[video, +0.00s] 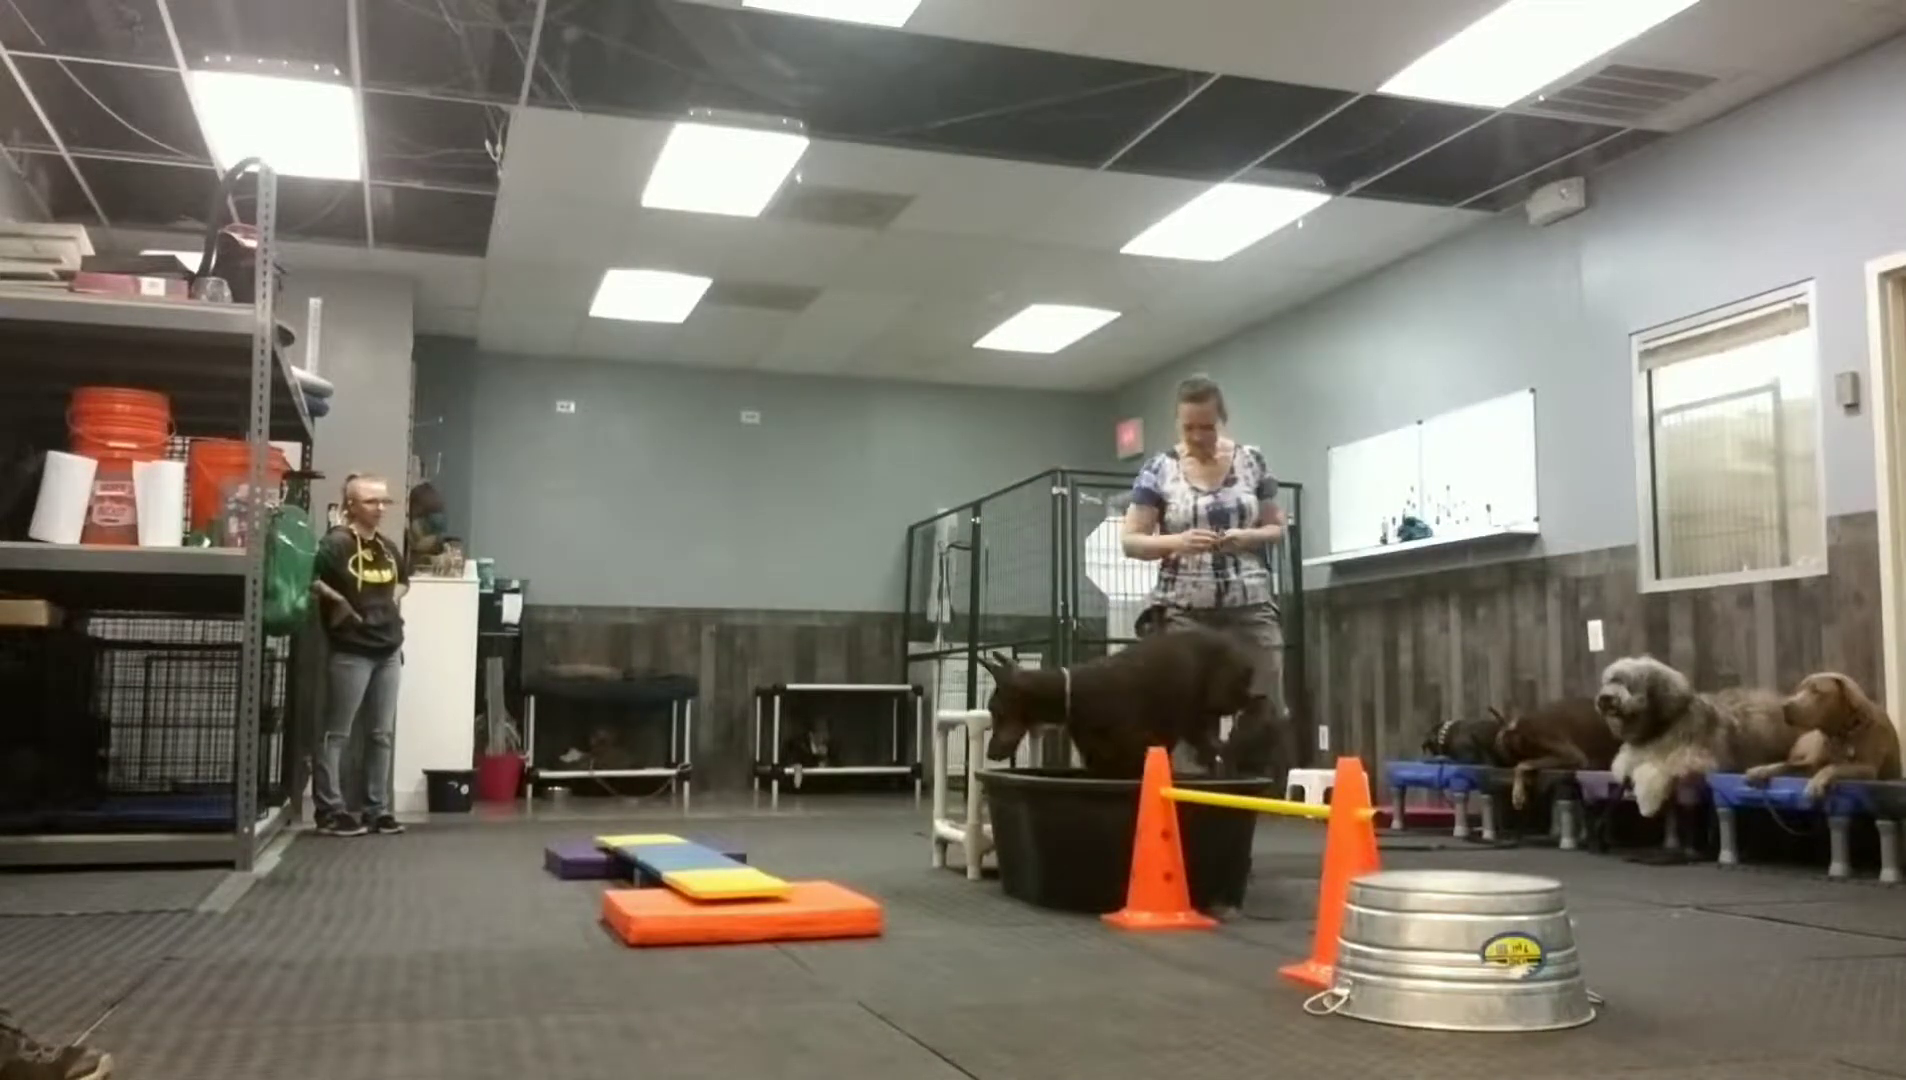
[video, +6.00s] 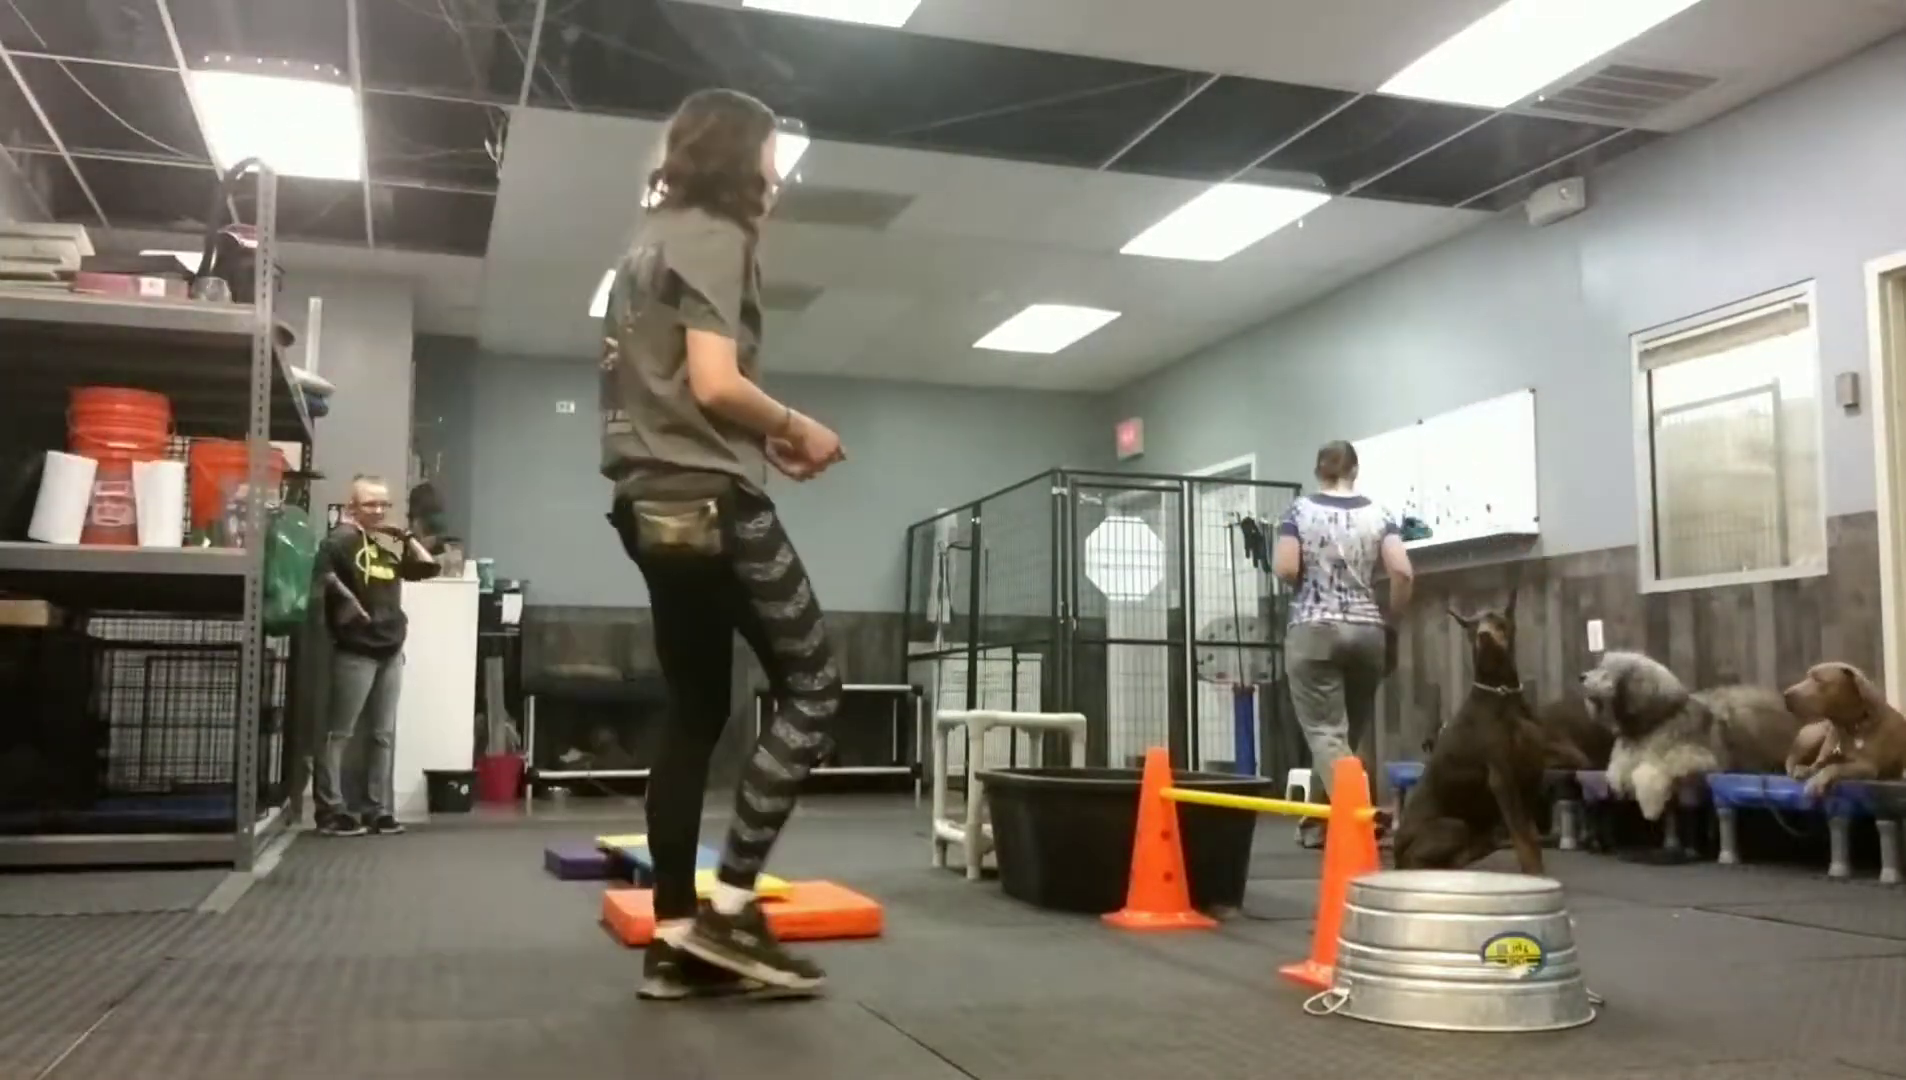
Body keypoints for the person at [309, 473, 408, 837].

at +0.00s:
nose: (379, 508)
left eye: (382, 502)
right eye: (371, 502)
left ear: (385, 505)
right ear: (351, 505)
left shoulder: (386, 545)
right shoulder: (336, 542)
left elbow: (401, 582)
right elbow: (312, 578)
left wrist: (392, 612)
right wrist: (340, 603)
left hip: (388, 649)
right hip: (351, 648)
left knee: (381, 734)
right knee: (337, 734)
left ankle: (376, 810)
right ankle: (329, 810)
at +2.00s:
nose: (389, 509)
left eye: (392, 503)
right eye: (381, 502)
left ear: (392, 507)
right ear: (358, 504)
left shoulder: (389, 547)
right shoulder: (338, 546)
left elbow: (403, 584)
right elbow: (317, 586)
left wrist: (394, 621)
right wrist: (347, 607)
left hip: (393, 649)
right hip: (355, 649)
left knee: (383, 734)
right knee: (338, 735)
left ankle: (377, 811)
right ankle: (330, 811)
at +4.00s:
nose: (390, 504)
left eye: (392, 498)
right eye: (381, 498)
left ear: (394, 504)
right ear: (359, 503)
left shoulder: (392, 546)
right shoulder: (340, 546)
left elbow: (406, 583)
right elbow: (316, 585)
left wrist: (396, 624)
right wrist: (347, 609)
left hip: (393, 649)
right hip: (355, 650)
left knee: (383, 734)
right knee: (339, 734)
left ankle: (378, 811)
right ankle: (330, 811)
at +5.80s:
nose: (385, 503)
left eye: (388, 497)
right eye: (376, 496)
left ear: (393, 503)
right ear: (356, 503)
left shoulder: (392, 548)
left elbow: (403, 595)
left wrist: (390, 622)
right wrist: (373, 627)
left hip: (389, 652)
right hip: (352, 651)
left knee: (382, 735)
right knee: (338, 733)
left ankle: (376, 808)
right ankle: (330, 809)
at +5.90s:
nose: (382, 505)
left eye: (385, 500)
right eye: (374, 499)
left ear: (388, 505)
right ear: (356, 503)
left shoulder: (386, 549)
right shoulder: (340, 541)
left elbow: (413, 582)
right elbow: (322, 580)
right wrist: (345, 604)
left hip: (389, 649)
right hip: (354, 648)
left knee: (382, 734)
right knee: (339, 733)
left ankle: (377, 809)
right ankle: (330, 810)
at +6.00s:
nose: (380, 512)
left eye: (385, 506)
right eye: (372, 505)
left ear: (388, 509)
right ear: (353, 508)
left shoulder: (388, 549)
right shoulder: (339, 542)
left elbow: (427, 568)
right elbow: (322, 579)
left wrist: (406, 537)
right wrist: (348, 602)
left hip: (390, 649)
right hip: (354, 648)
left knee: (383, 734)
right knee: (339, 733)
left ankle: (378, 809)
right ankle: (331, 810)